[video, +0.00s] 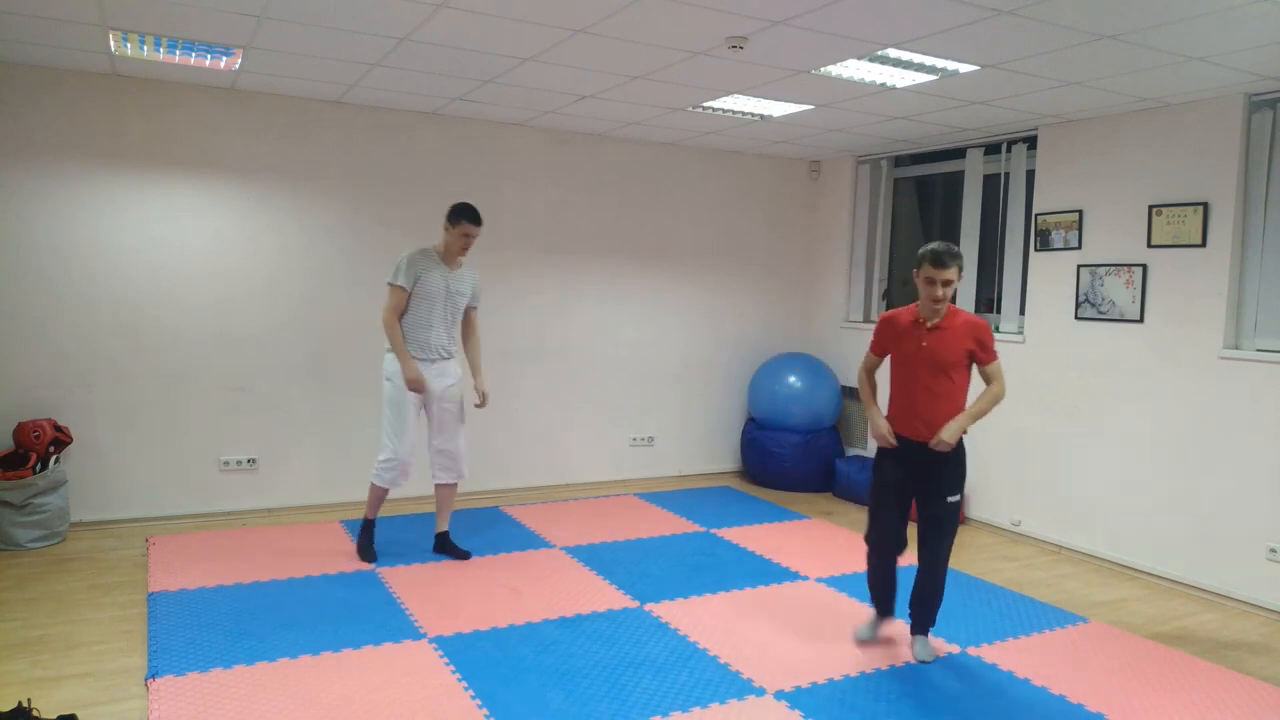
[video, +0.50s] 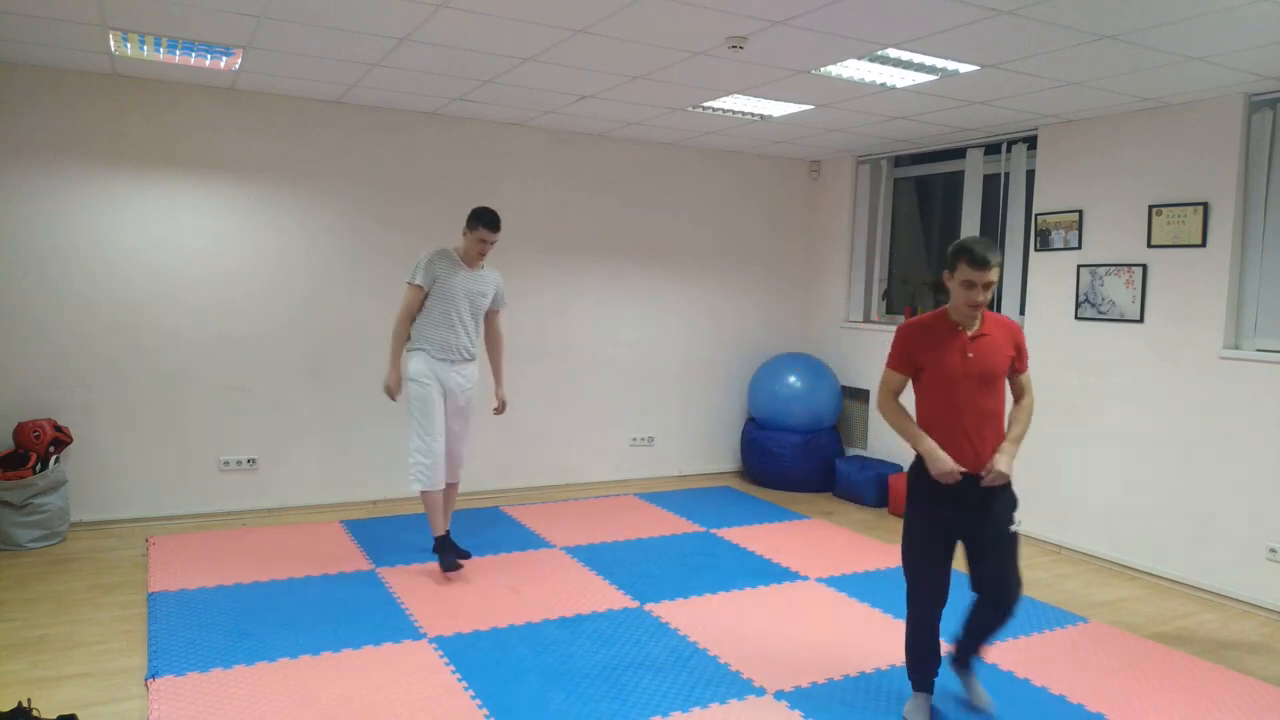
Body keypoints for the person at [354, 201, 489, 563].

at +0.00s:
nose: (469, 243)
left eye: (474, 238)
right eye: (464, 235)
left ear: (477, 238)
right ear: (446, 229)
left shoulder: (468, 277)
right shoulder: (414, 262)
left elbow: (470, 332)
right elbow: (390, 316)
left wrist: (477, 378)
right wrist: (407, 365)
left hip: (447, 369)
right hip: (406, 367)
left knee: (449, 452)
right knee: (396, 455)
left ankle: (443, 535)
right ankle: (367, 528)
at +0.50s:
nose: (486, 248)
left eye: (492, 243)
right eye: (481, 240)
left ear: (497, 243)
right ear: (465, 232)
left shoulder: (492, 280)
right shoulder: (436, 262)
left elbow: (493, 334)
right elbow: (405, 315)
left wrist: (499, 385)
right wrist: (394, 370)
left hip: (464, 371)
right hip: (424, 365)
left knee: (455, 452)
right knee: (431, 449)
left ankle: (444, 533)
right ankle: (439, 540)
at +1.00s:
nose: (479, 240)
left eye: (484, 233)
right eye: (472, 235)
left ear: (490, 230)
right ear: (455, 231)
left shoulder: (499, 268)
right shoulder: (438, 271)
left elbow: (508, 321)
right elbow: (425, 335)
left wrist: (514, 363)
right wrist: (434, 388)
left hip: (492, 375)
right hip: (454, 374)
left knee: (479, 459)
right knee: (448, 460)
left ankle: (447, 528)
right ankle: (455, 550)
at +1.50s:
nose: (507, 246)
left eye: (512, 238)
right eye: (500, 239)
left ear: (517, 234)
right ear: (482, 233)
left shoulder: (524, 267)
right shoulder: (463, 273)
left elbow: (528, 323)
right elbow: (448, 339)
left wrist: (536, 374)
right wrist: (453, 396)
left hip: (519, 380)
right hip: (477, 380)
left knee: (537, 465)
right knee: (463, 468)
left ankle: (562, 554)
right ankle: (457, 555)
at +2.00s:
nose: (586, 242)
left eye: (591, 235)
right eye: (579, 234)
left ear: (596, 234)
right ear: (562, 230)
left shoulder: (600, 277)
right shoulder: (535, 266)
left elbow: (608, 337)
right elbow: (515, 324)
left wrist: (621, 392)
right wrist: (516, 383)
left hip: (579, 382)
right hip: (538, 381)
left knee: (583, 473)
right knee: (522, 471)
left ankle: (570, 564)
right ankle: (483, 549)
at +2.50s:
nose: (642, 244)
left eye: (647, 238)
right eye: (636, 237)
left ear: (649, 237)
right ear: (616, 232)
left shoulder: (646, 282)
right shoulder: (589, 273)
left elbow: (647, 343)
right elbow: (567, 335)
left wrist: (654, 396)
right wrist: (570, 396)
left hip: (630, 387)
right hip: (594, 386)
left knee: (602, 477)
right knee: (609, 478)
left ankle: (572, 561)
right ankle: (635, 579)